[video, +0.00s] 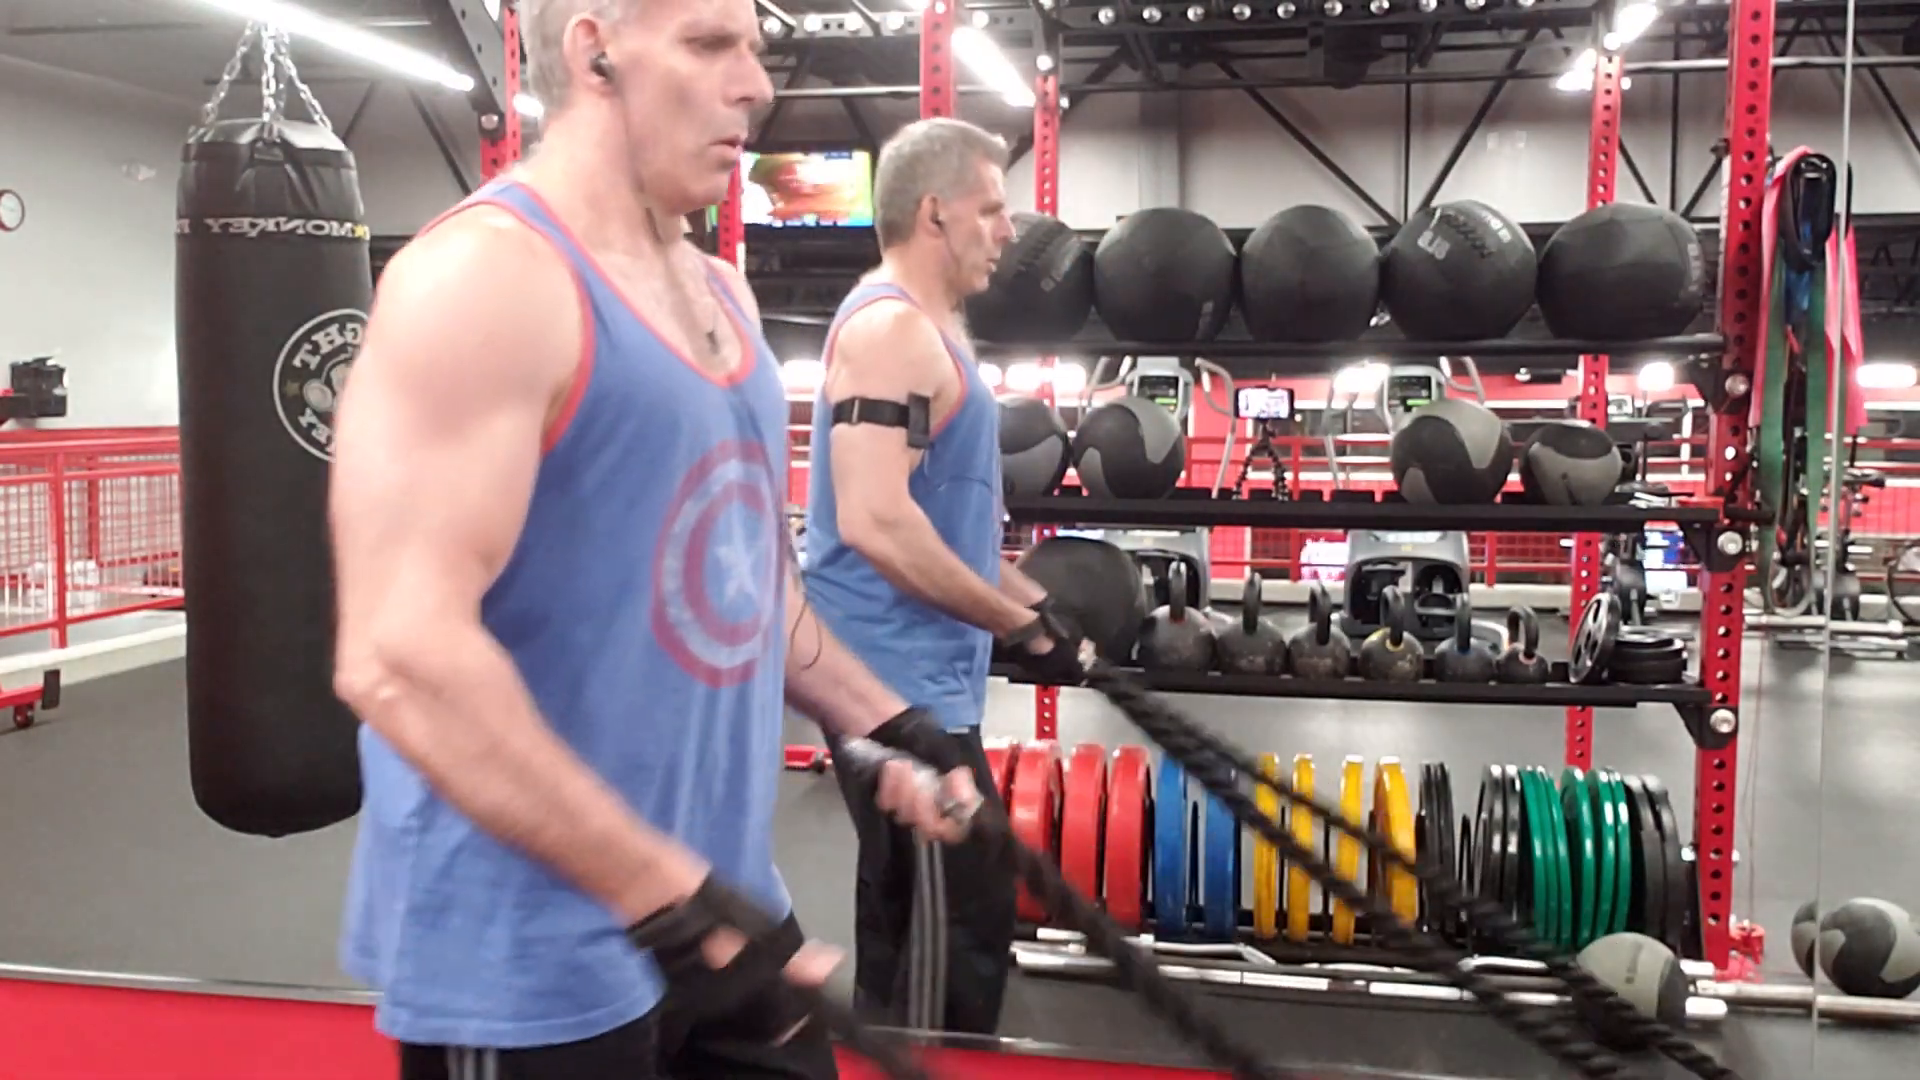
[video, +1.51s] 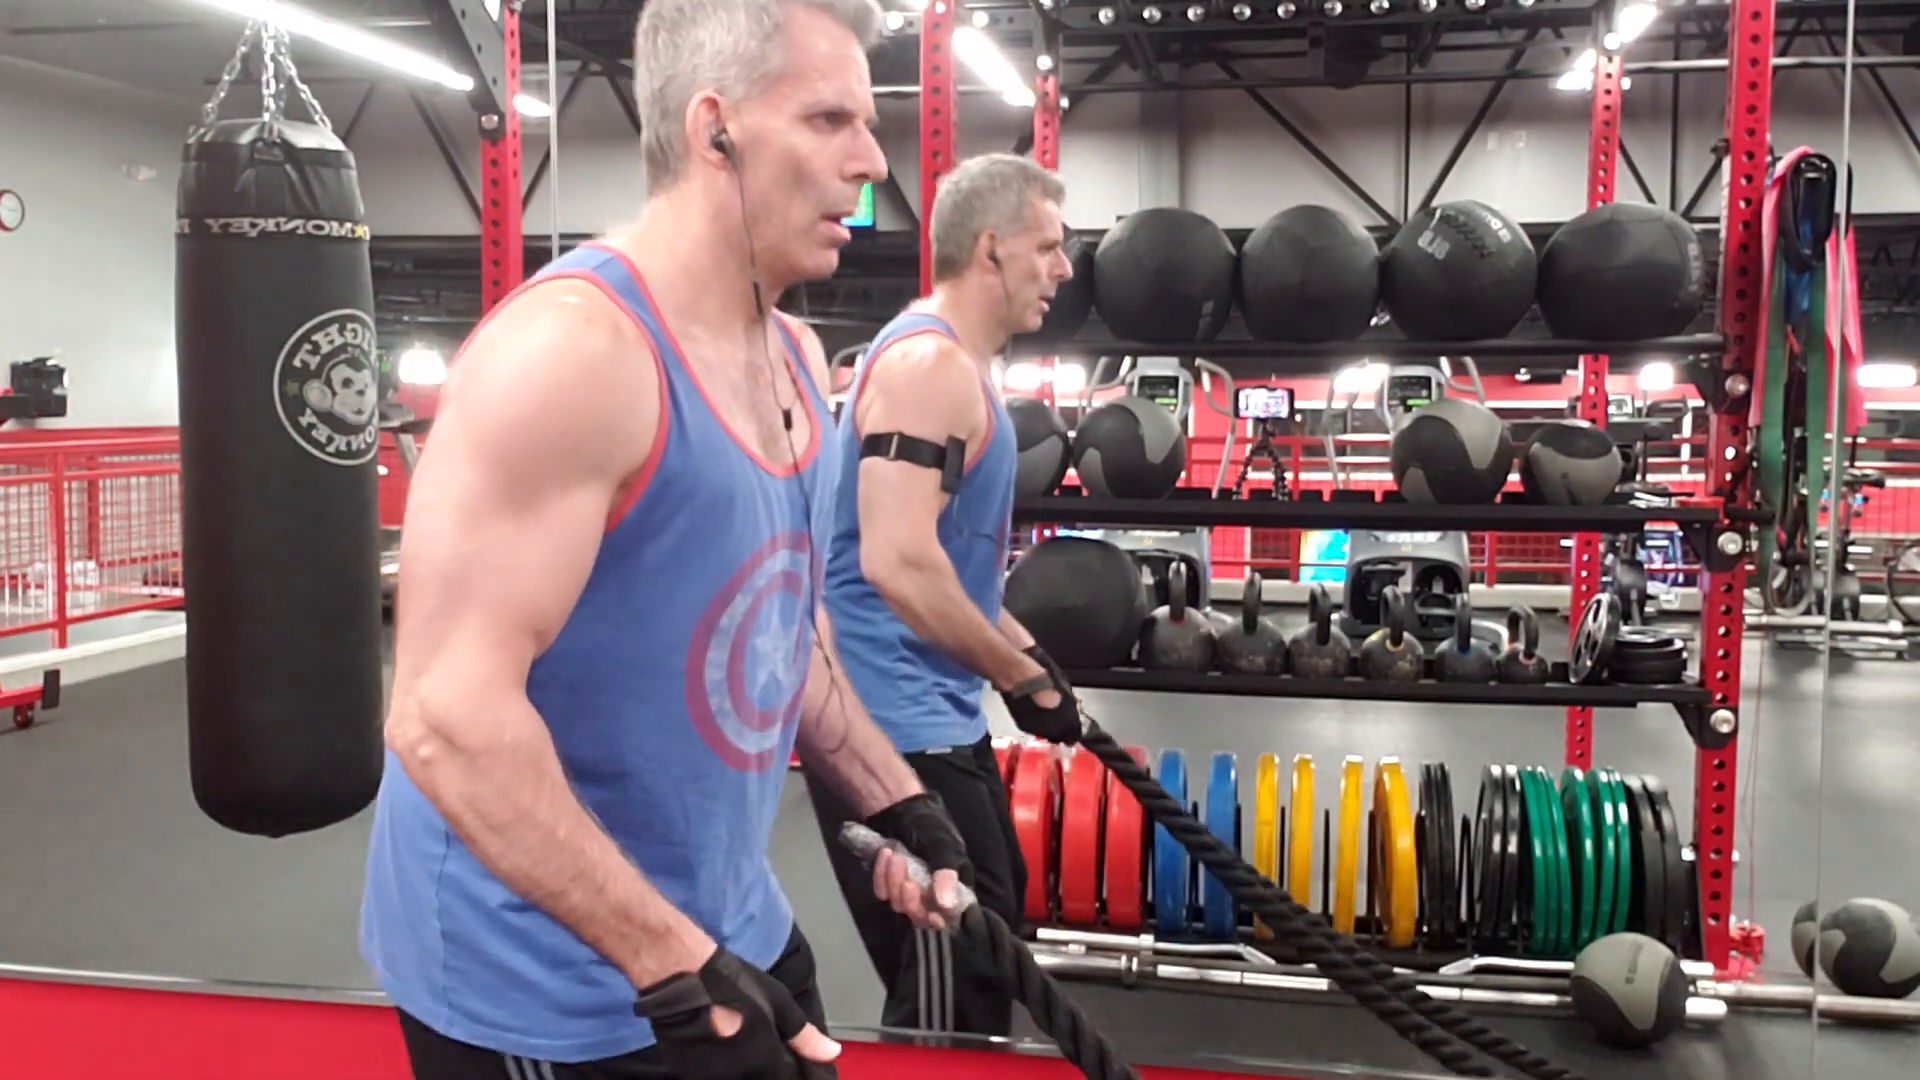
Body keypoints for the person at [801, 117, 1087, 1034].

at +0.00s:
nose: (1008, 233)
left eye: (1007, 213)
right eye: (993, 211)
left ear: (934, 216)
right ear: (932, 212)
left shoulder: (924, 324)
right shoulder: (891, 326)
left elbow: (925, 508)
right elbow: (874, 516)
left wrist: (1011, 585)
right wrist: (1014, 620)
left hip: (924, 688)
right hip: (902, 697)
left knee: (910, 928)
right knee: (967, 933)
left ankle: (903, 1067)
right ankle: (935, 1075)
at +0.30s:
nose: (1019, 271)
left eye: (1025, 252)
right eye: (1012, 246)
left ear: (955, 226)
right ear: (951, 221)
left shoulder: (925, 329)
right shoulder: (889, 325)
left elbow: (918, 505)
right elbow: (876, 518)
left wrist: (1008, 581)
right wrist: (1017, 604)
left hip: (919, 679)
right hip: (888, 685)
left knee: (939, 942)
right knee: (951, 947)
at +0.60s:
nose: (1041, 274)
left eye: (1045, 253)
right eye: (1032, 249)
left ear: (975, 235)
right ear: (972, 232)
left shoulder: (929, 344)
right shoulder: (904, 345)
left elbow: (926, 537)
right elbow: (887, 548)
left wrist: (1007, 616)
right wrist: (1024, 659)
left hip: (942, 710)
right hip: (901, 721)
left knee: (978, 955)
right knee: (941, 976)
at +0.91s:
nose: (1055, 263)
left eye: (1057, 241)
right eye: (1043, 238)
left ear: (988, 236)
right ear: (984, 232)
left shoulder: (941, 347)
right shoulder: (916, 352)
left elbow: (934, 542)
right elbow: (892, 556)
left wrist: (1018, 632)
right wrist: (1022, 672)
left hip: (930, 723)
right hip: (898, 732)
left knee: (962, 988)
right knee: (941, 1000)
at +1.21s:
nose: (1056, 262)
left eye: (1057, 240)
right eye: (1043, 238)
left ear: (988, 243)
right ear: (985, 239)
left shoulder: (950, 355)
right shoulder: (918, 353)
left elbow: (951, 545)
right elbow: (888, 552)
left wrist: (1034, 640)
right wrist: (1011, 666)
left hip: (924, 700)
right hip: (894, 708)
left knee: (932, 944)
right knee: (990, 920)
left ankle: (937, 1063)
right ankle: (948, 1066)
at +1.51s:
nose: (1063, 270)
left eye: (1063, 249)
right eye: (1049, 247)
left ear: (996, 253)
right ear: (992, 250)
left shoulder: (954, 363)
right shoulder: (928, 364)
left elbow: (946, 555)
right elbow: (898, 561)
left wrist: (1020, 646)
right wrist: (1016, 675)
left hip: (939, 728)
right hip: (902, 736)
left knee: (980, 982)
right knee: (960, 990)